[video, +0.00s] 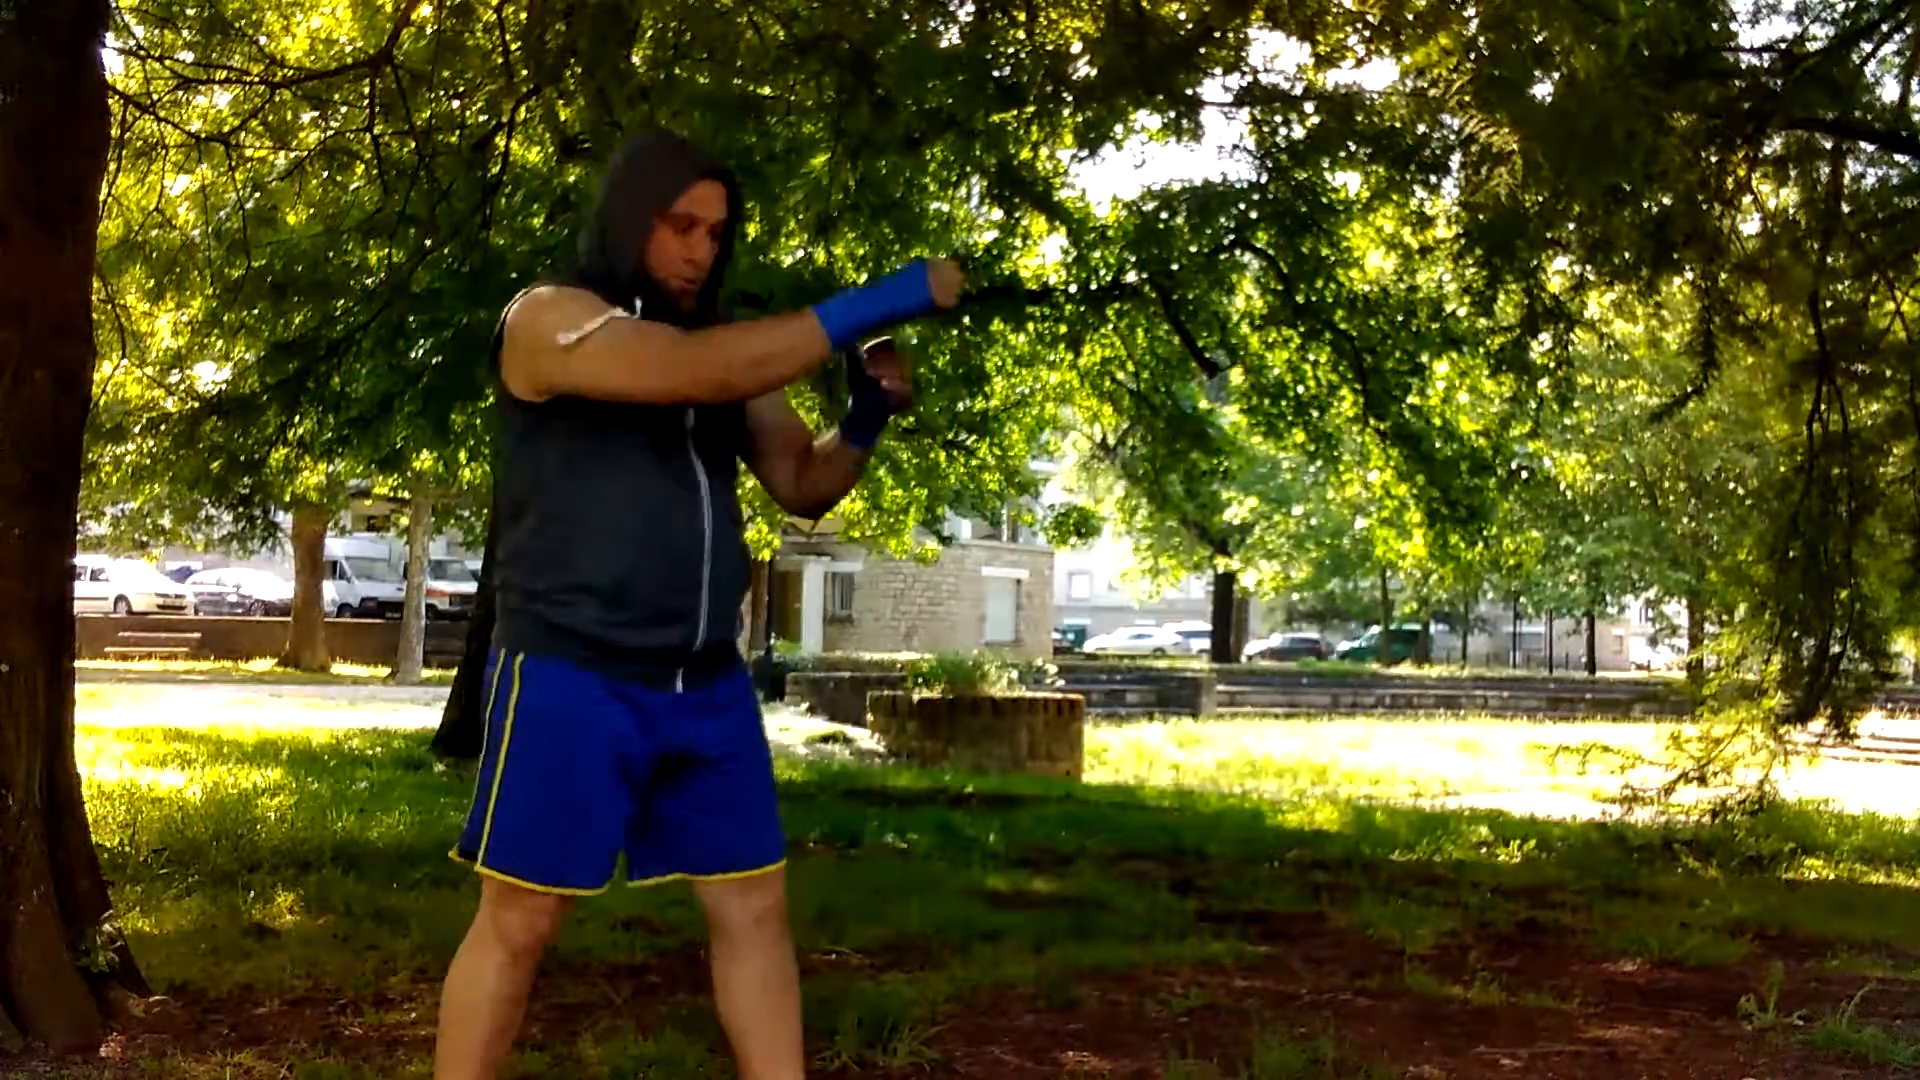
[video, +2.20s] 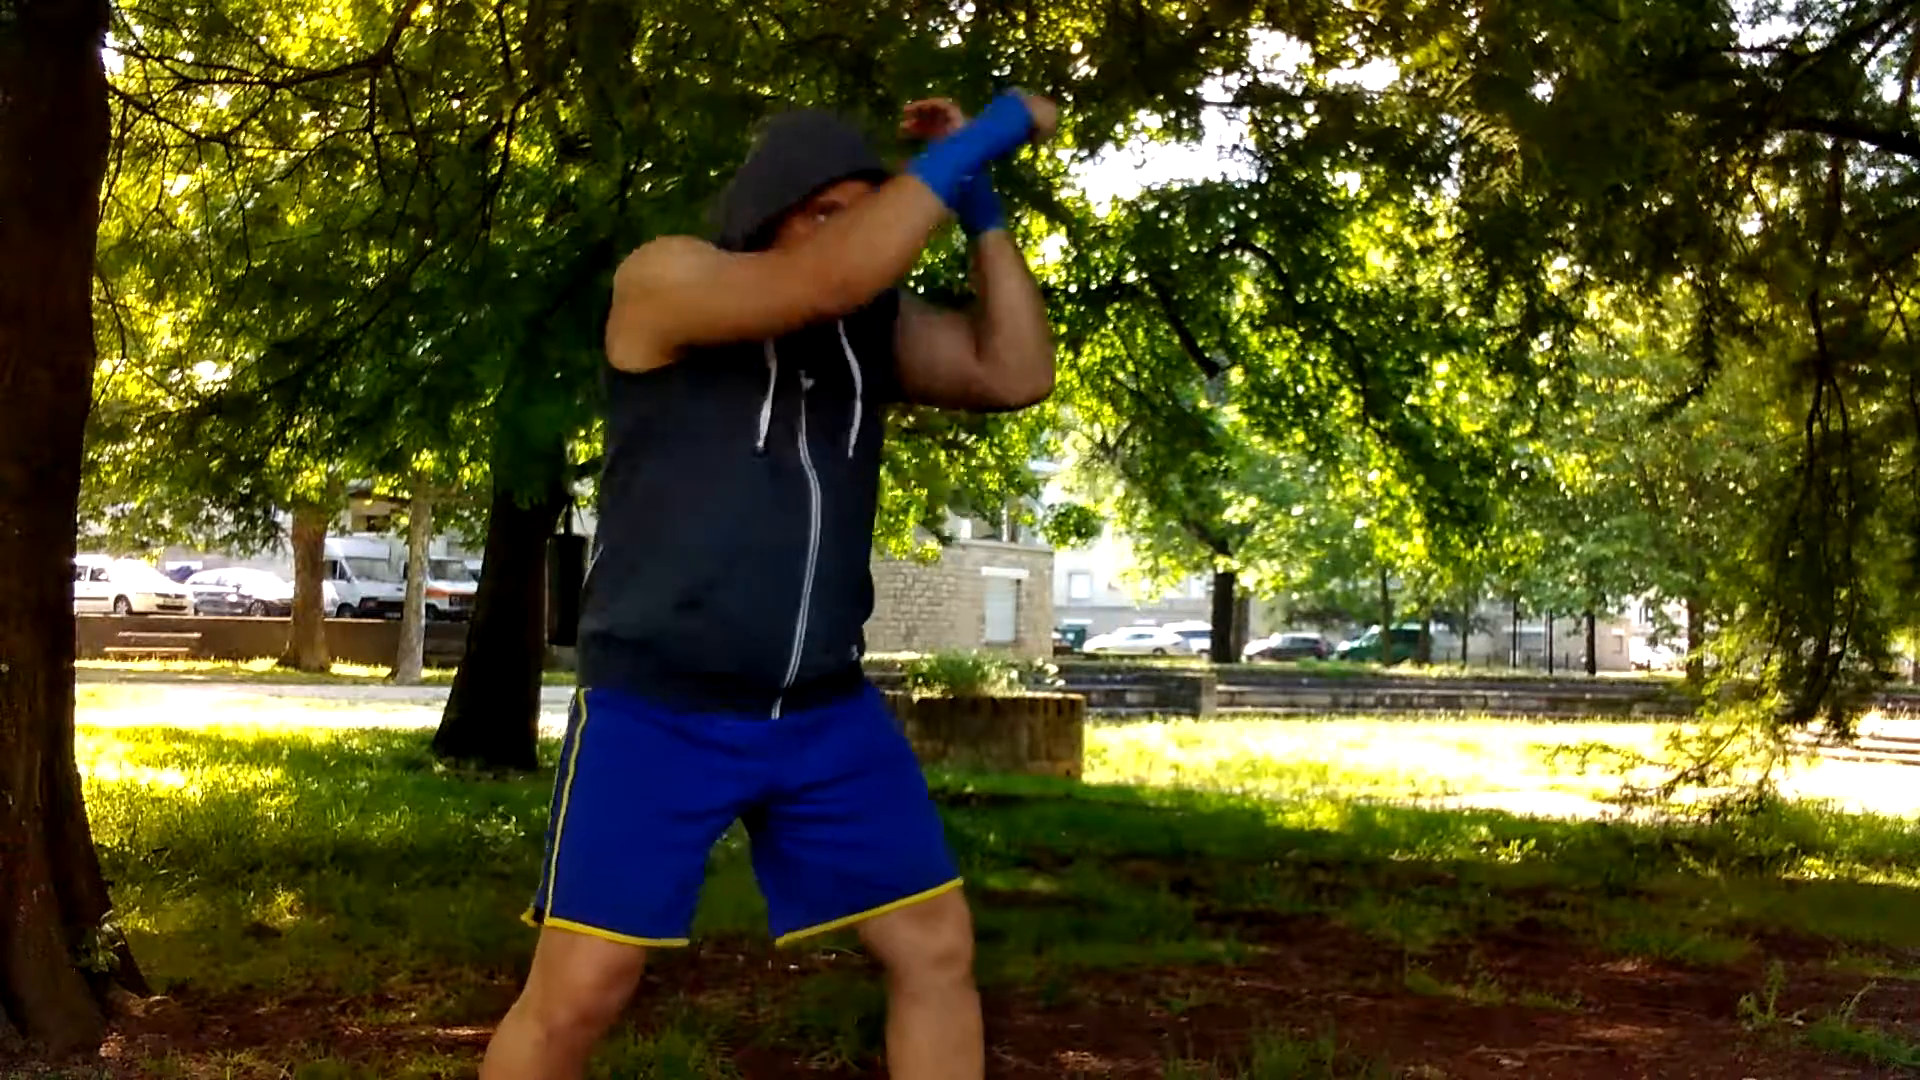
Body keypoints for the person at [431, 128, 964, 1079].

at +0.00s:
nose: (701, 249)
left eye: (715, 232)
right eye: (682, 225)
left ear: (724, 240)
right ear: (626, 218)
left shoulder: (720, 353)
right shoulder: (544, 320)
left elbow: (803, 484)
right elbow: (700, 365)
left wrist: (869, 409)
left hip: (707, 679)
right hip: (566, 671)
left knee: (752, 907)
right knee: (519, 921)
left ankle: (779, 1078)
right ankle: (460, 1075)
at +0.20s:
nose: (821, 284)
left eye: (832, 265)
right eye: (807, 258)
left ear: (833, 264)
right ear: (750, 241)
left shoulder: (805, 359)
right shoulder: (638, 329)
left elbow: (877, 510)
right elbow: (692, 487)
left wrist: (909, 382)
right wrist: (827, 374)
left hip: (763, 679)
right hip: (638, 670)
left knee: (789, 909)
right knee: (592, 899)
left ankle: (797, 1077)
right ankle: (496, 1070)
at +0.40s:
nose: (864, 297)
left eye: (877, 282)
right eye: (850, 271)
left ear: (877, 286)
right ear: (794, 252)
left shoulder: (840, 372)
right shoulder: (679, 329)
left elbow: (880, 536)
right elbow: (694, 503)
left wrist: (933, 434)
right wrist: (829, 423)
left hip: (779, 679)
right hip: (651, 668)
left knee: (817, 907)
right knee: (597, 914)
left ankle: (808, 1078)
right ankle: (514, 1073)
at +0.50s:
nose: (864, 302)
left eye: (878, 290)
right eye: (855, 276)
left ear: (880, 293)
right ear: (804, 250)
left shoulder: (833, 378)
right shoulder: (703, 312)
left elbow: (894, 519)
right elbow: (856, 381)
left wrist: (943, 391)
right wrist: (995, 290)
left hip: (781, 685)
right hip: (646, 671)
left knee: (828, 905)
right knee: (582, 917)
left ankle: (810, 1078)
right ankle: (501, 1073)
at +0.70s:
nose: (859, 298)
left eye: (875, 282)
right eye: (843, 271)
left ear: (882, 284)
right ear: (787, 250)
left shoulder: (850, 375)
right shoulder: (666, 321)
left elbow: (905, 532)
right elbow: (726, 464)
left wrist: (942, 393)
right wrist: (861, 343)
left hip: (779, 684)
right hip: (644, 673)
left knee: (824, 909)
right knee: (584, 922)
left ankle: (810, 1077)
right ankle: (503, 1074)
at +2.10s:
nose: (826, 237)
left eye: (844, 219)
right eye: (804, 209)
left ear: (857, 233)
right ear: (739, 204)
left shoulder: (842, 338)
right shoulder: (621, 305)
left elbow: (957, 474)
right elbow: (686, 451)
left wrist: (944, 315)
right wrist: (794, 309)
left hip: (815, 705)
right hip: (647, 707)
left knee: (932, 926)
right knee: (569, 987)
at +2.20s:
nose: (874, 232)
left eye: (878, 210)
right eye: (855, 208)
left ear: (870, 217)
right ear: (795, 215)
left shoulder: (867, 325)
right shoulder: (659, 280)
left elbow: (1017, 371)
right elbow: (837, 273)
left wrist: (978, 205)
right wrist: (967, 154)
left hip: (826, 708)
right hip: (657, 710)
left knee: (934, 948)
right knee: (578, 992)